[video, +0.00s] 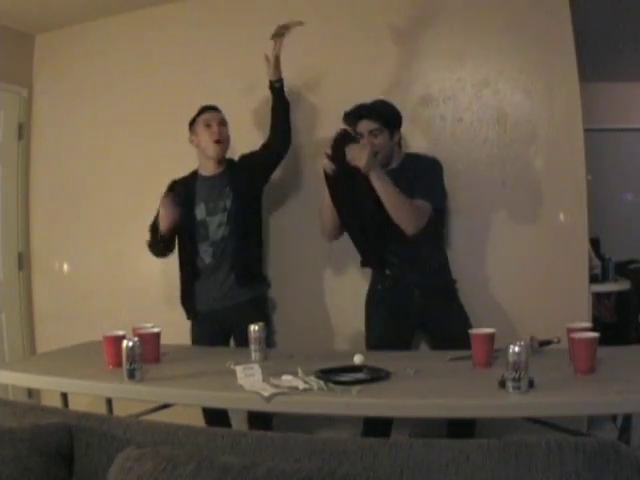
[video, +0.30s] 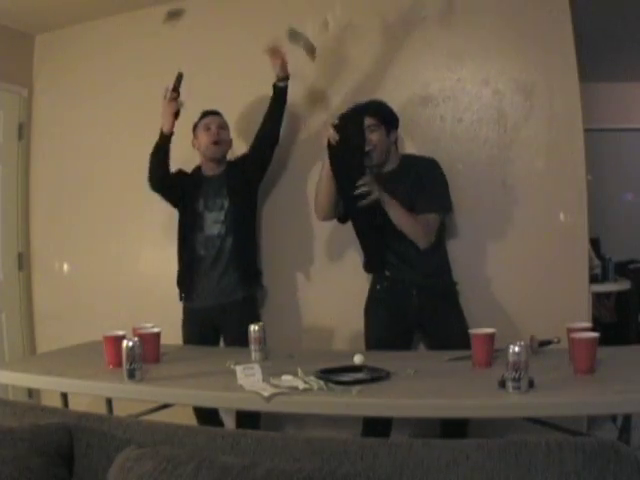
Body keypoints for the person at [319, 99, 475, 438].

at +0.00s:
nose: (367, 145)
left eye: (375, 135)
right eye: (360, 138)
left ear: (395, 135)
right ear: (354, 141)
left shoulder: (424, 168)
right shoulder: (356, 180)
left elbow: (412, 222)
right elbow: (331, 232)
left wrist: (372, 170)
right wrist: (333, 180)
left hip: (433, 288)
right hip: (386, 292)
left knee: (464, 371)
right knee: (380, 382)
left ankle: (462, 463)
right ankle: (368, 468)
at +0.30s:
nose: (366, 140)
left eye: (373, 130)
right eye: (359, 133)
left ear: (392, 134)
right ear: (353, 142)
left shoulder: (425, 170)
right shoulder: (358, 180)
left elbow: (424, 235)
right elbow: (324, 212)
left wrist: (382, 196)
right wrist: (332, 157)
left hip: (434, 291)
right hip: (386, 295)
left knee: (457, 377)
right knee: (379, 383)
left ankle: (456, 466)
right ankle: (369, 469)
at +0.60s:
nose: (379, 140)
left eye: (384, 130)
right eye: (373, 133)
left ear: (400, 131)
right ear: (365, 139)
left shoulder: (429, 168)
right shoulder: (365, 178)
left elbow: (426, 219)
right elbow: (321, 185)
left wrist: (398, 163)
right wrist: (323, 127)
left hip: (435, 288)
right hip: (389, 290)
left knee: (454, 378)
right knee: (381, 381)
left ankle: (449, 467)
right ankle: (368, 469)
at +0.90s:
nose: (382, 137)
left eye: (390, 127)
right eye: (377, 131)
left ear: (412, 129)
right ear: (372, 136)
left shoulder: (437, 164)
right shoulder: (366, 173)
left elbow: (415, 177)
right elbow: (322, 159)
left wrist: (368, 124)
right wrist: (333, 105)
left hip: (435, 287)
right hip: (388, 289)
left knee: (448, 378)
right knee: (380, 379)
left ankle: (444, 463)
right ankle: (369, 463)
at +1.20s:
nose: (387, 133)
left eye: (395, 123)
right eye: (383, 126)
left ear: (422, 129)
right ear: (381, 134)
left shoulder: (446, 168)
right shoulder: (388, 170)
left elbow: (408, 204)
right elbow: (341, 153)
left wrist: (373, 144)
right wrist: (342, 97)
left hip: (439, 289)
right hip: (395, 288)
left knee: (446, 384)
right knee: (380, 382)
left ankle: (444, 469)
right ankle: (367, 468)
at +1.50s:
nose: (385, 129)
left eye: (395, 122)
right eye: (385, 122)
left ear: (421, 130)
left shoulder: (448, 166)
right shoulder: (384, 171)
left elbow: (429, 201)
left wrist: (402, 144)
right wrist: (330, 117)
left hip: (442, 299)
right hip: (396, 298)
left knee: (447, 386)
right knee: (367, 379)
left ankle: (442, 472)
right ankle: (360, 469)